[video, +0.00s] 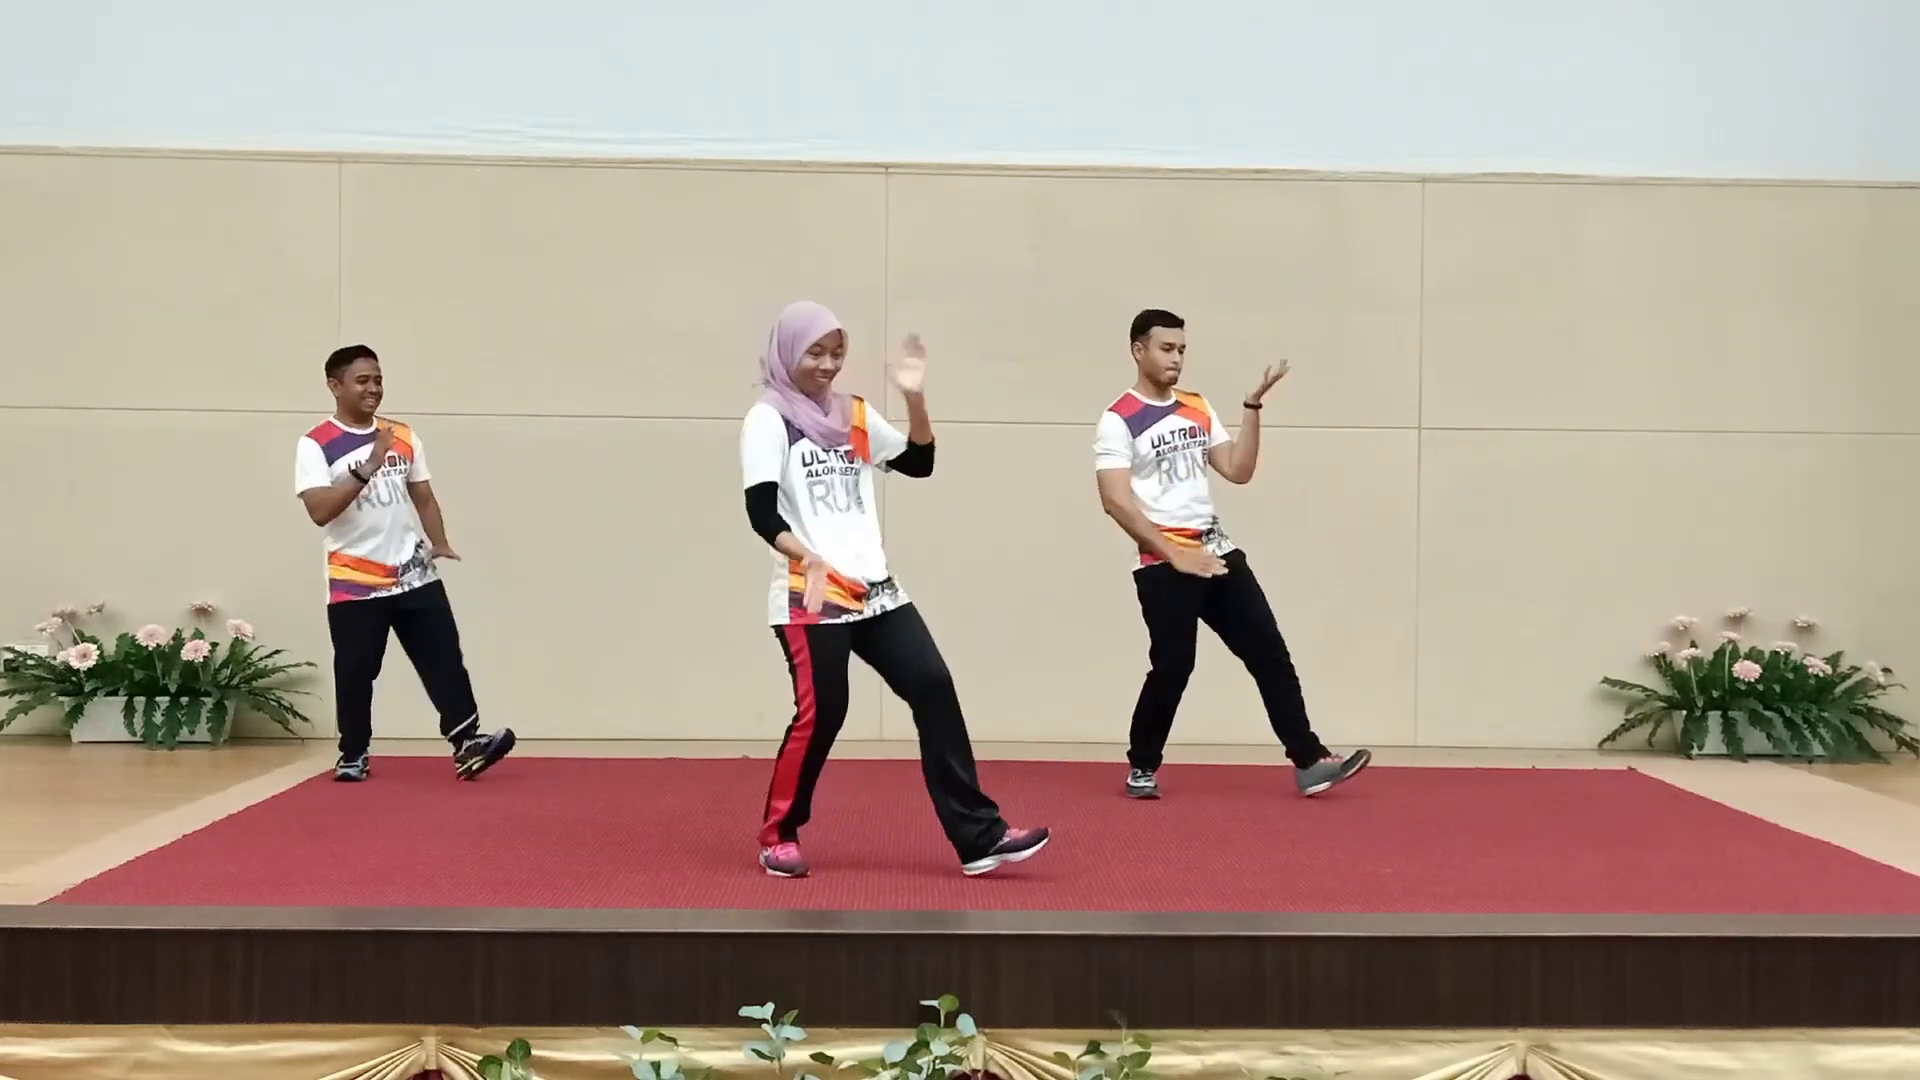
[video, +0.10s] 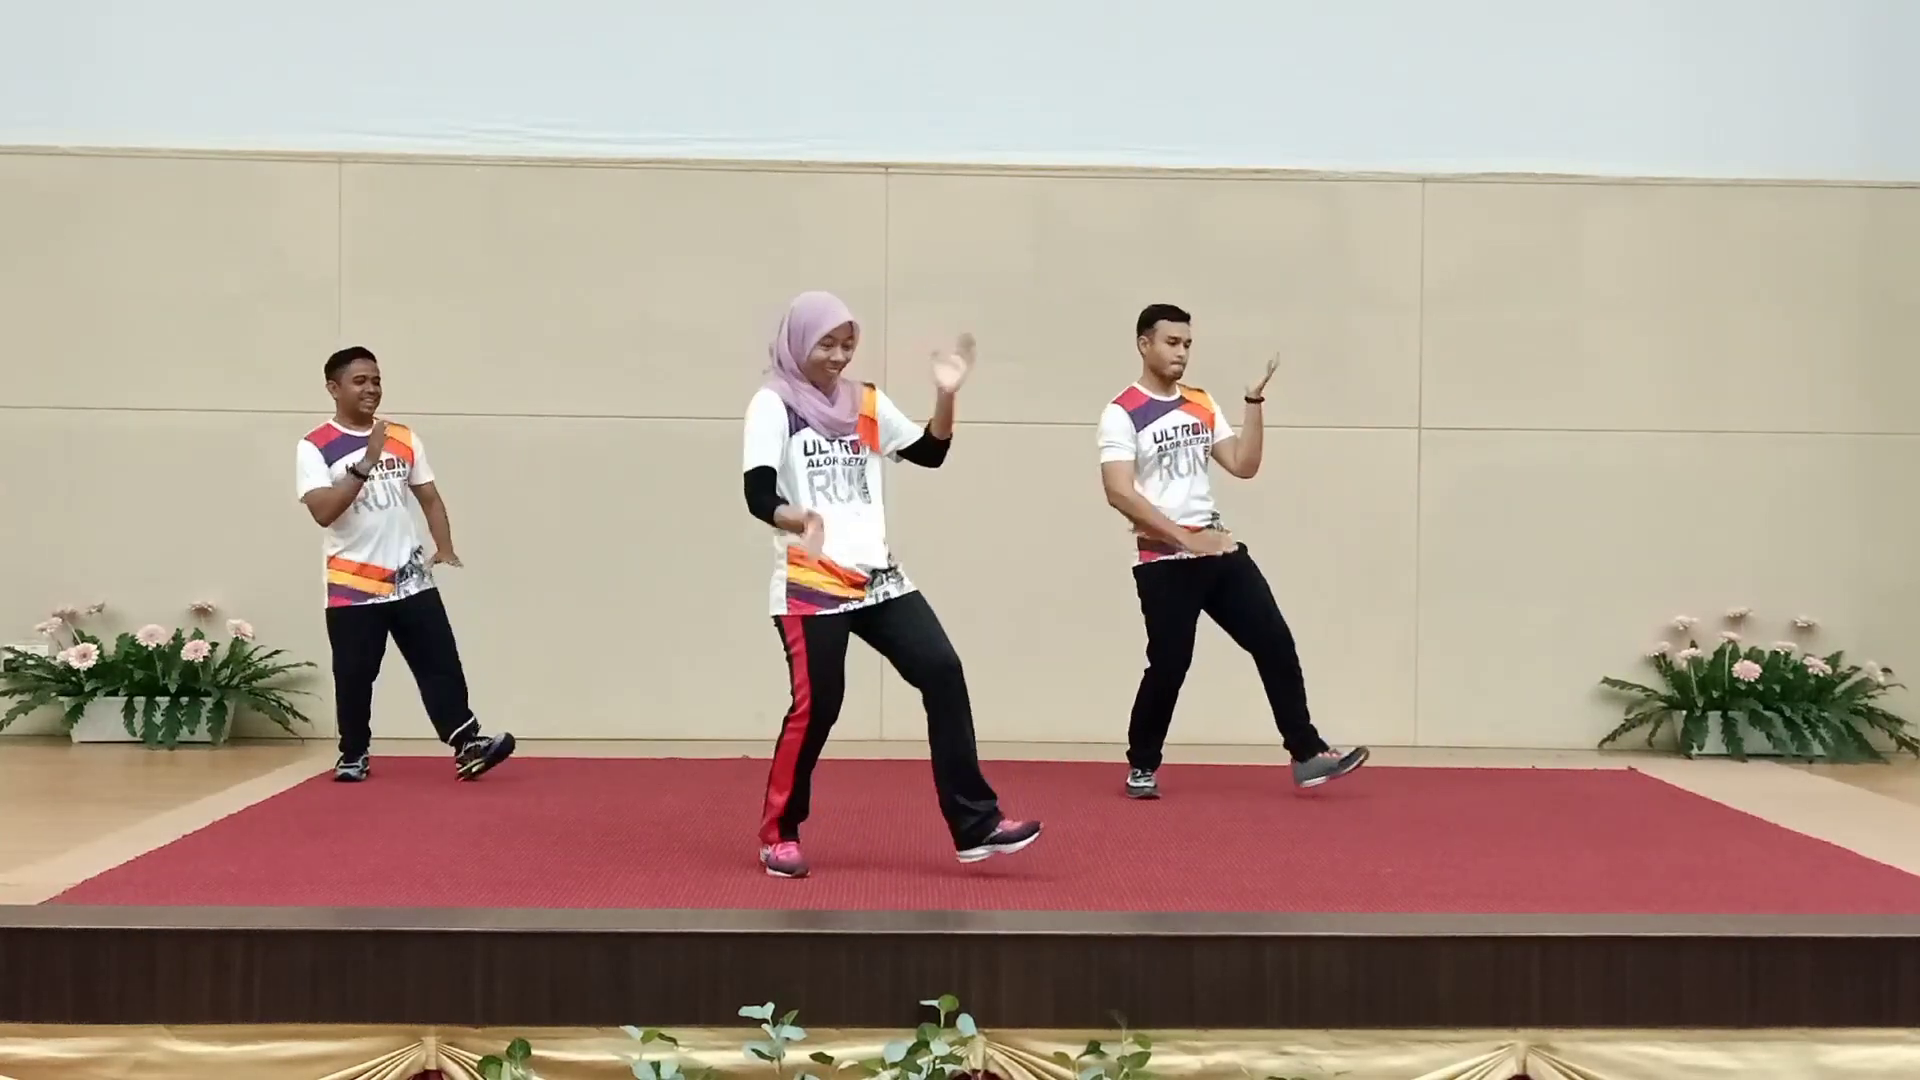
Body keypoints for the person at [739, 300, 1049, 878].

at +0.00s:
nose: (831, 363)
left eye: (837, 352)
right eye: (819, 352)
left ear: (842, 354)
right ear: (787, 354)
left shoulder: (851, 413)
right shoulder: (768, 419)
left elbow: (920, 463)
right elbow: (762, 513)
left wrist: (914, 399)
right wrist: (807, 559)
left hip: (875, 591)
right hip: (810, 599)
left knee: (934, 689)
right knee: (822, 711)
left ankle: (979, 840)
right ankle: (779, 837)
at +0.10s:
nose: (841, 354)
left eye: (847, 343)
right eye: (830, 343)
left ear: (853, 343)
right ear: (797, 343)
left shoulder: (867, 401)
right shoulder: (773, 404)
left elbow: (929, 453)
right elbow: (760, 496)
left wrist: (945, 398)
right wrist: (799, 519)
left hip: (876, 577)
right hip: (809, 583)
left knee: (944, 675)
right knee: (817, 702)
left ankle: (974, 827)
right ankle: (780, 835)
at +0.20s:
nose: (870, 333)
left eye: (876, 322)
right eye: (858, 323)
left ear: (882, 323)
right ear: (825, 323)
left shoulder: (896, 379)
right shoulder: (793, 375)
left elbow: (952, 436)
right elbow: (759, 459)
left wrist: (1006, 419)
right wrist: (808, 454)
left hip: (891, 558)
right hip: (821, 563)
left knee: (949, 664)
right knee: (817, 689)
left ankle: (986, 813)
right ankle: (783, 832)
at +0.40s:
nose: (919, 332)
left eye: (927, 320)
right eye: (907, 321)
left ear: (936, 322)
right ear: (876, 323)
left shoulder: (954, 385)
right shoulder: (842, 365)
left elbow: (1001, 457)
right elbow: (779, 425)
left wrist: (1053, 500)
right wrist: (847, 392)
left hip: (930, 563)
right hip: (854, 560)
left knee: (963, 690)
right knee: (828, 696)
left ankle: (999, 834)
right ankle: (788, 832)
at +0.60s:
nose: (972, 330)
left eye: (982, 320)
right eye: (959, 320)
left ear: (996, 328)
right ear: (938, 328)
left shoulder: (1018, 400)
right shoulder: (909, 378)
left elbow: (1050, 482)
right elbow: (846, 440)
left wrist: (1078, 551)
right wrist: (900, 400)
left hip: (994, 570)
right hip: (918, 568)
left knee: (1002, 704)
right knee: (881, 696)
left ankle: (1008, 849)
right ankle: (820, 830)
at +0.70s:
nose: (994, 327)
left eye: (1006, 318)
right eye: (982, 317)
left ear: (1022, 328)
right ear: (963, 328)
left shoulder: (1045, 400)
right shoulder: (938, 385)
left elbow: (1077, 476)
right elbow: (877, 448)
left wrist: (1095, 511)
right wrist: (916, 407)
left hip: (1018, 576)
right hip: (946, 570)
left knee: (1007, 704)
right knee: (907, 690)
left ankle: (1008, 850)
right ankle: (898, 824)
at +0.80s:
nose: (1017, 326)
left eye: (1029, 317)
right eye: (1005, 317)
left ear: (1046, 330)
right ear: (987, 328)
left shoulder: (1069, 398)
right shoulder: (960, 381)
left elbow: (1104, 487)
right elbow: (910, 459)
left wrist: (1115, 465)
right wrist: (924, 442)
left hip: (1038, 574)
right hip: (969, 572)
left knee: (1018, 700)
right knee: (940, 691)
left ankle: (1008, 847)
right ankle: (987, 811)